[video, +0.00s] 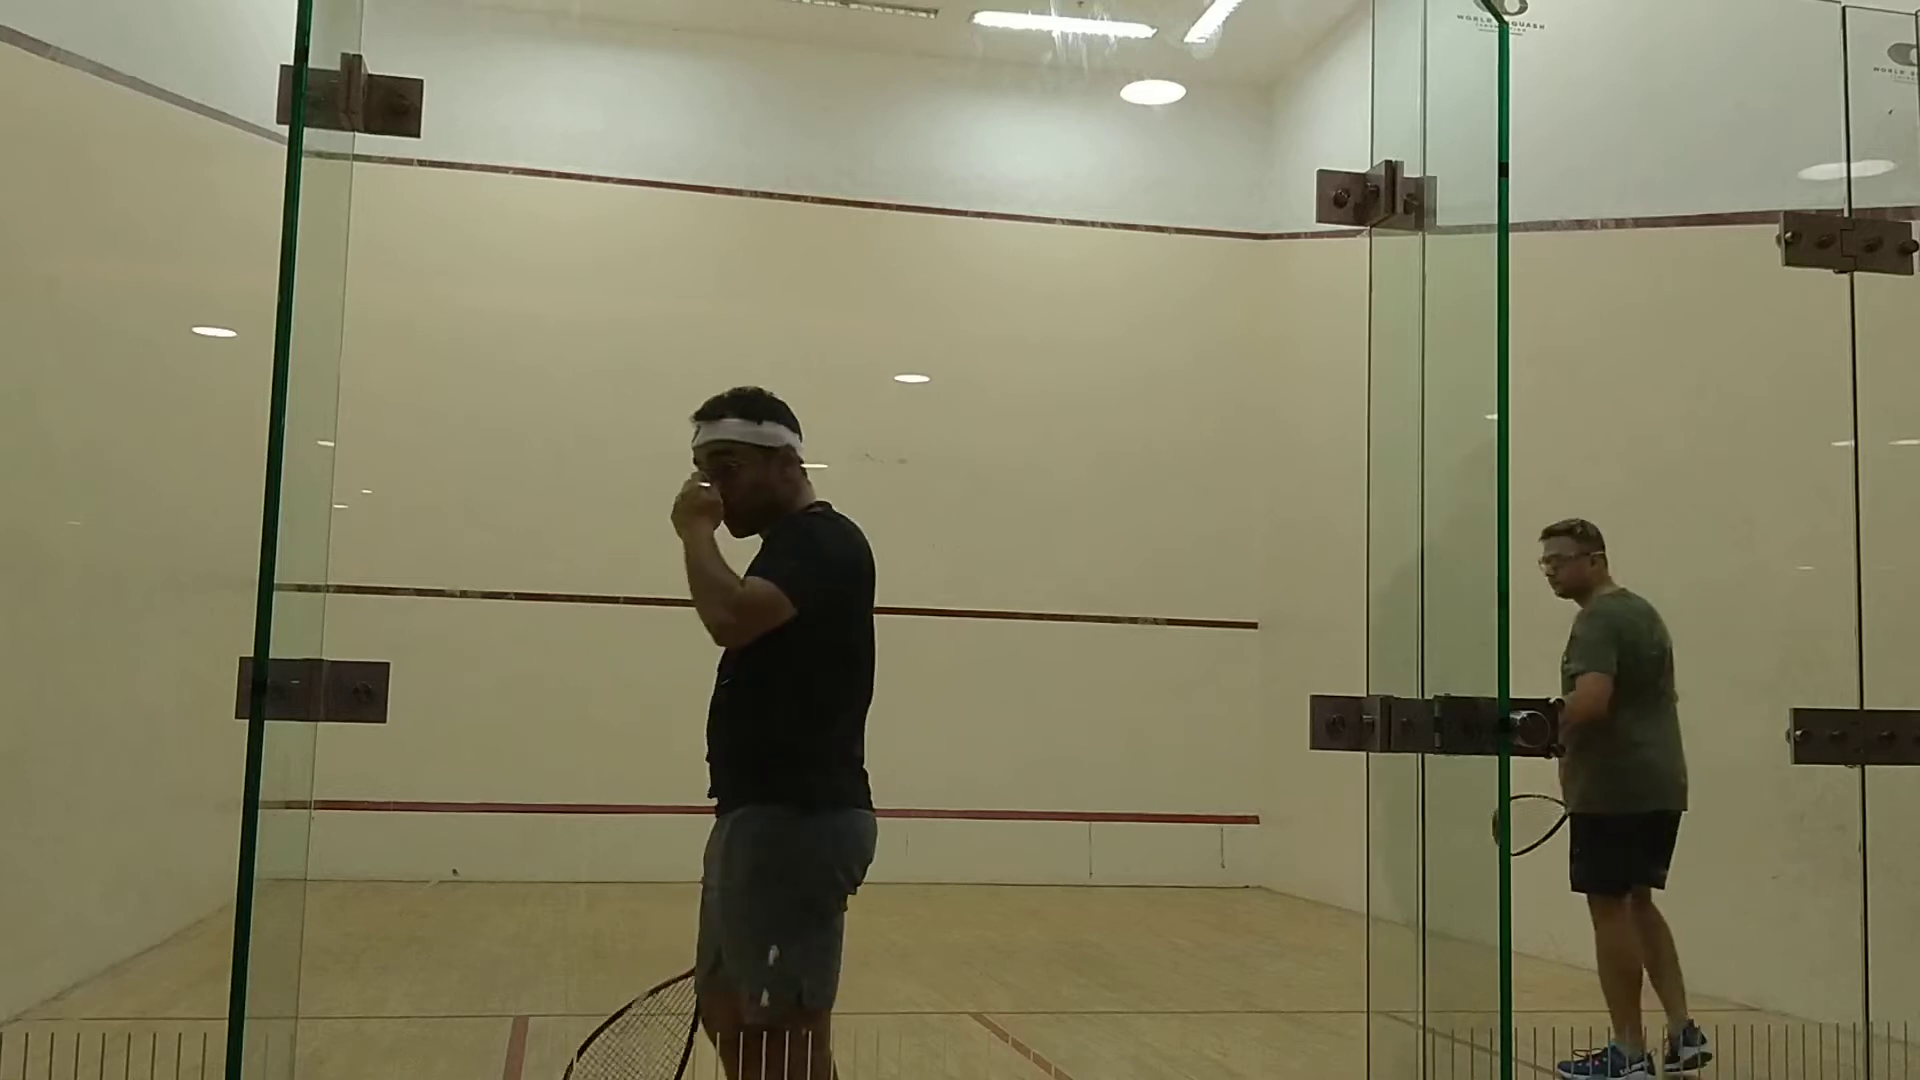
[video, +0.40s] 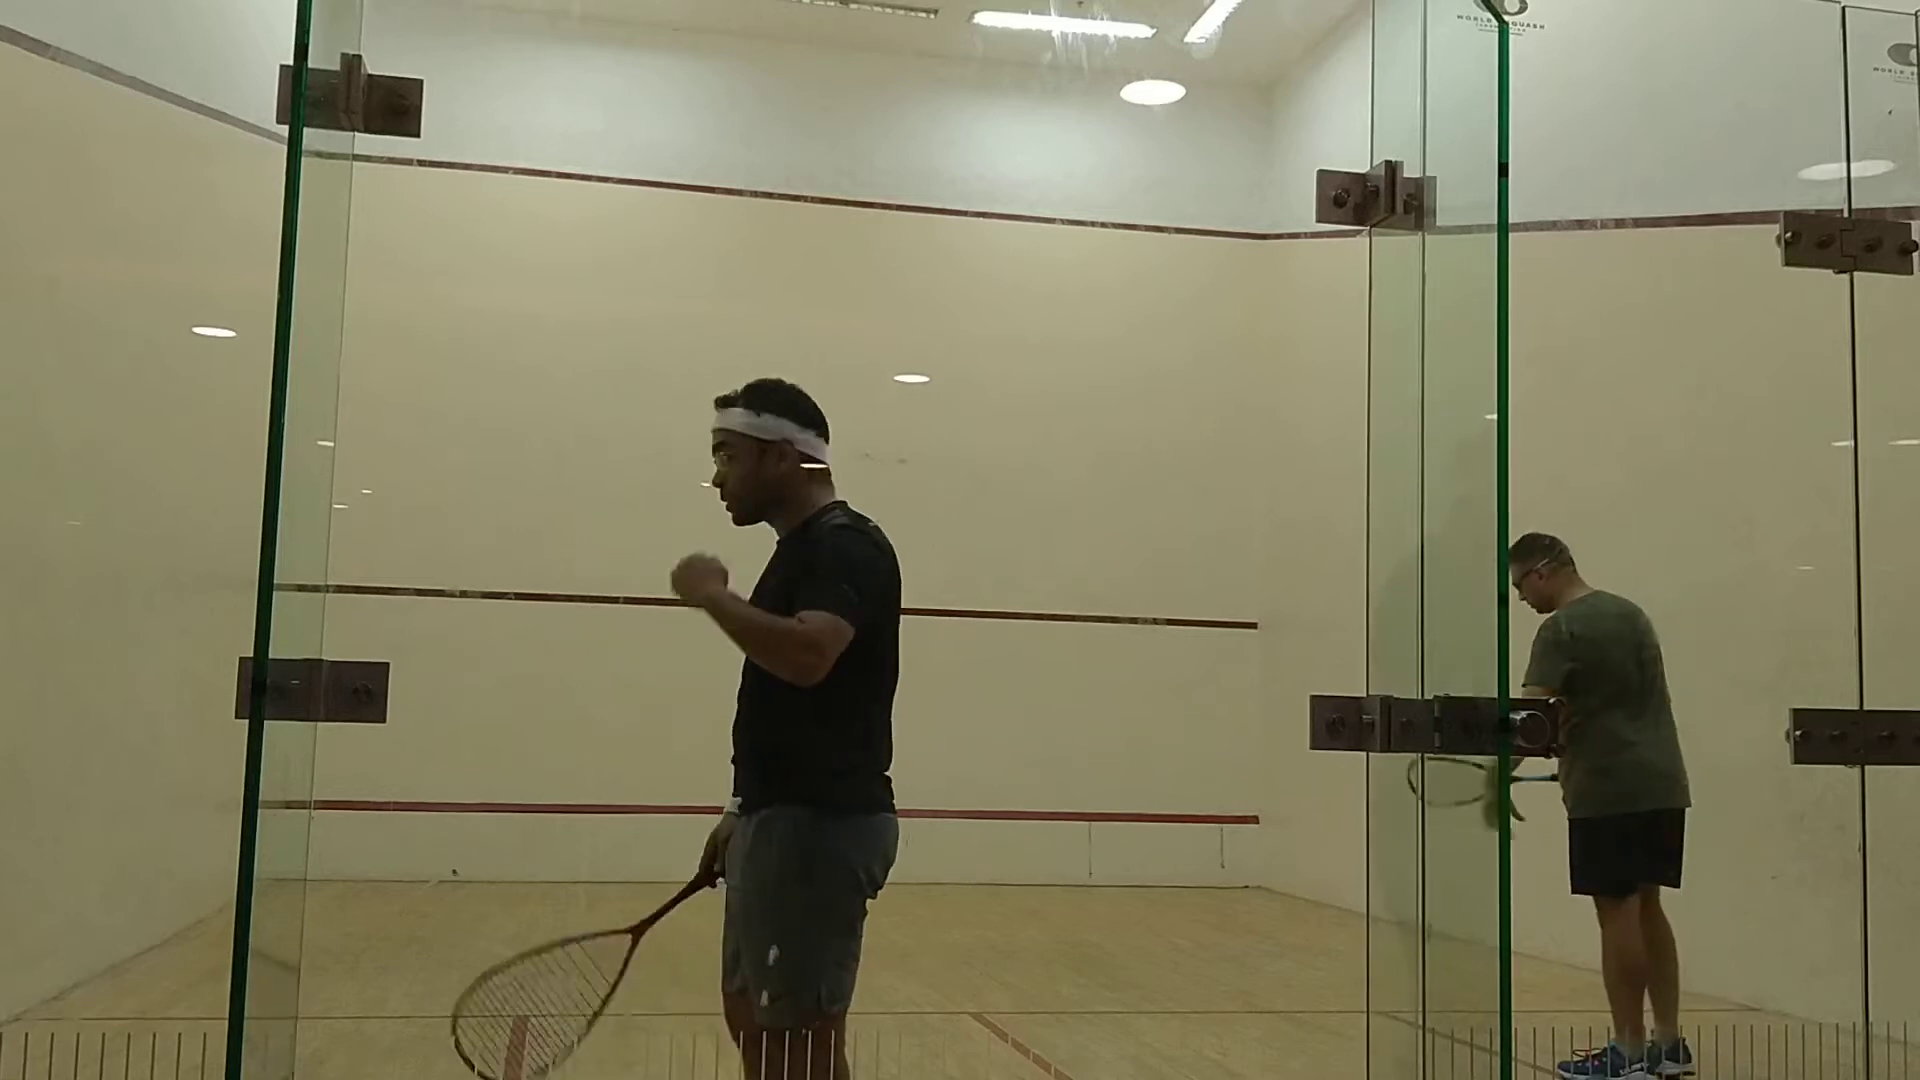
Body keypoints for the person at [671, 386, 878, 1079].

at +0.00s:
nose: (713, 491)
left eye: (725, 470)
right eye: (708, 475)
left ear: (780, 464)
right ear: (779, 468)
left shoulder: (821, 539)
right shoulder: (787, 548)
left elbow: (730, 618)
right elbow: (792, 696)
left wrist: (696, 529)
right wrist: (739, 813)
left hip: (798, 822)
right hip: (757, 818)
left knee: (784, 1030)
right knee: (725, 1012)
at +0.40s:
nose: (715, 477)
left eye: (726, 457)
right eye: (717, 458)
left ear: (780, 459)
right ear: (780, 462)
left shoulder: (843, 547)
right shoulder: (799, 552)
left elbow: (809, 656)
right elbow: (800, 715)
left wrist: (716, 596)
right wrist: (743, 818)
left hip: (821, 826)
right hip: (780, 822)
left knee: (802, 1037)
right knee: (749, 1013)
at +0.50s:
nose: (724, 481)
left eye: (727, 462)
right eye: (724, 464)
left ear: (757, 463)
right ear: (799, 461)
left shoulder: (830, 546)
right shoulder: (814, 545)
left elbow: (827, 669)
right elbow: (815, 707)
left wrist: (708, 683)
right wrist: (754, 814)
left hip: (819, 823)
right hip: (792, 820)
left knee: (800, 1034)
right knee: (759, 1010)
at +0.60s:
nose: (746, 481)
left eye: (747, 467)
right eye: (748, 468)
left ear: (756, 471)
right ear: (829, 470)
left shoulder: (815, 549)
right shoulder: (842, 545)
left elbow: (830, 669)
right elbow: (838, 706)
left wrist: (728, 764)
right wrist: (758, 808)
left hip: (811, 823)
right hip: (829, 818)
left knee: (793, 1023)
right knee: (802, 1020)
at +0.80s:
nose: (788, 471)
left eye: (788, 461)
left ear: (787, 470)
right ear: (868, 475)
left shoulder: (795, 550)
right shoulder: (888, 561)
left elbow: (811, 658)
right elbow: (864, 698)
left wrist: (771, 785)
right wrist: (760, 794)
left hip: (805, 823)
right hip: (879, 822)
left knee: (766, 1021)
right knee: (823, 1013)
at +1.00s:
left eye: (823, 476)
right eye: (891, 480)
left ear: (817, 480)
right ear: (894, 488)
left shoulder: (800, 551)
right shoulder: (911, 574)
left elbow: (762, 658)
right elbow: (874, 707)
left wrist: (708, 762)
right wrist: (773, 773)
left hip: (805, 826)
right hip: (891, 825)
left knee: (707, 1002)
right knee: (836, 1004)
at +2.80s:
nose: (781, 476)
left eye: (776, 468)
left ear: (774, 476)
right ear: (854, 479)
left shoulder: (762, 562)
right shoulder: (895, 576)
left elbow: (716, 673)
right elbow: (896, 706)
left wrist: (657, 764)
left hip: (785, 820)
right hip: (876, 819)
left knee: (732, 1006)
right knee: (830, 1002)